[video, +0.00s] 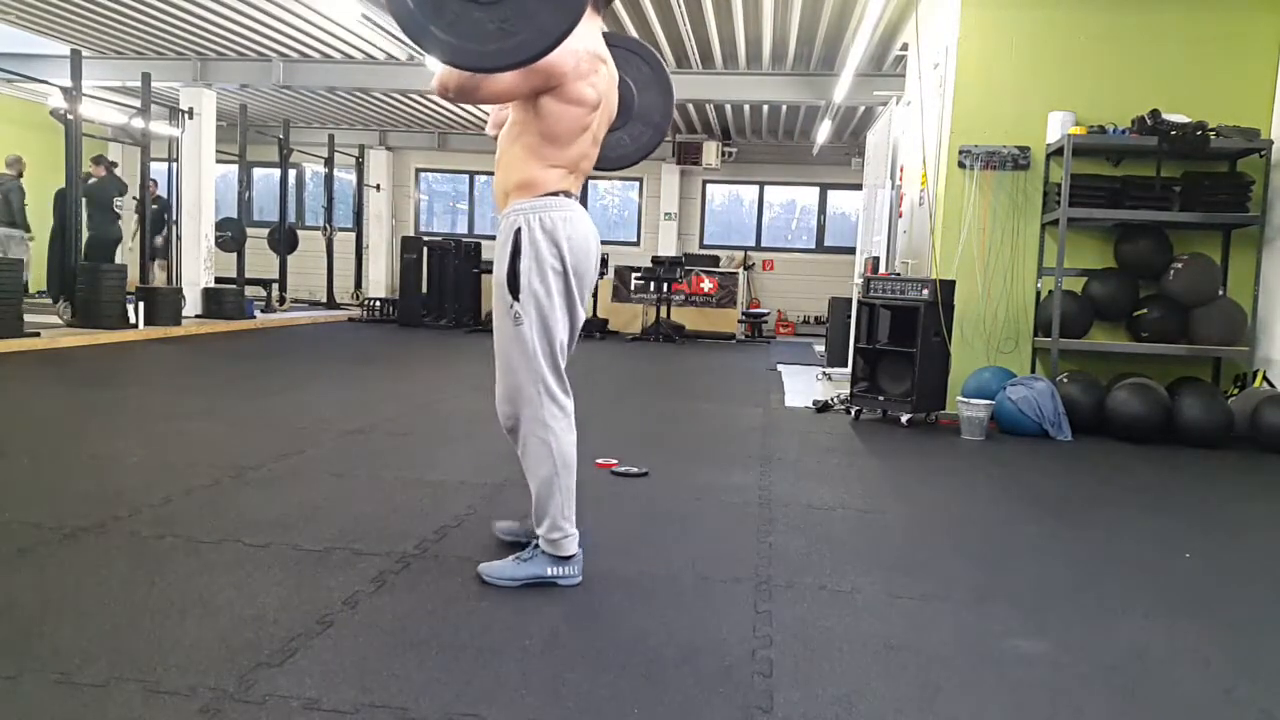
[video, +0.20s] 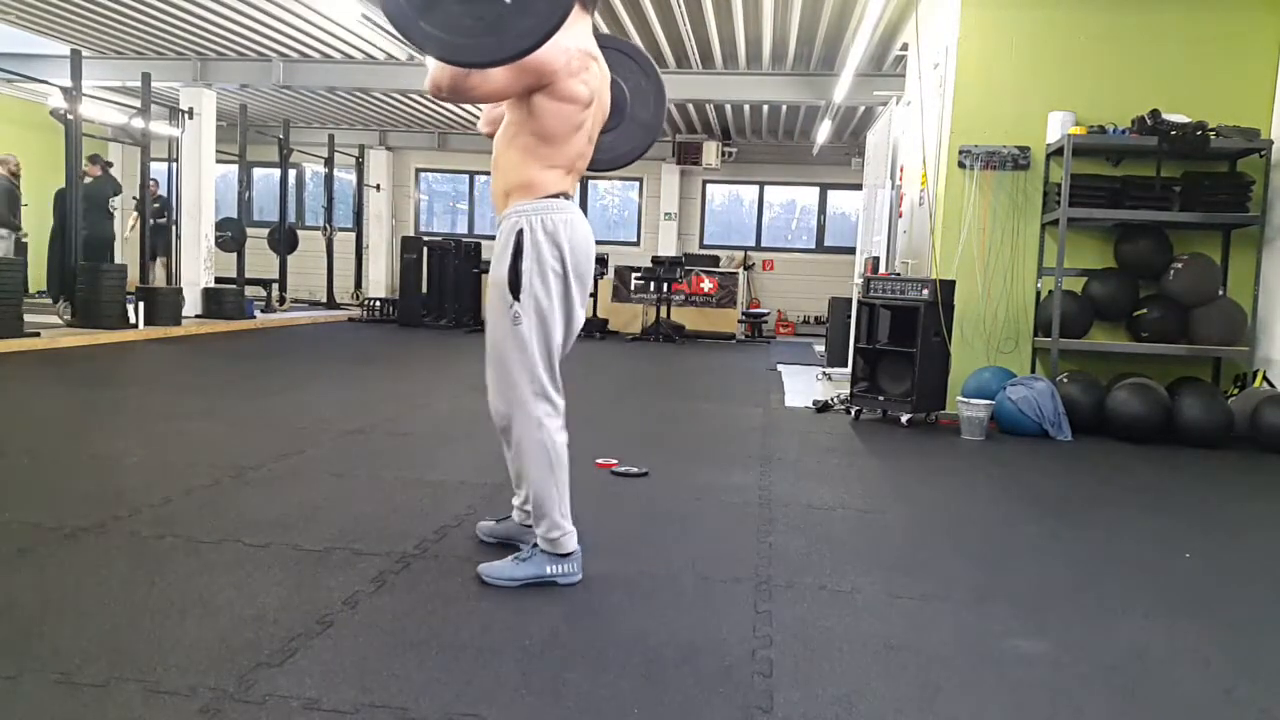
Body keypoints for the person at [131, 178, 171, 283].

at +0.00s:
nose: (148, 189)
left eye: (151, 186)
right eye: (147, 187)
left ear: (156, 188)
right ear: (145, 188)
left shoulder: (162, 201)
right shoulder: (142, 201)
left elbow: (168, 220)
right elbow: (136, 221)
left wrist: (163, 236)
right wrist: (131, 241)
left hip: (158, 235)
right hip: (145, 235)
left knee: (162, 263)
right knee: (146, 262)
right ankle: (145, 284)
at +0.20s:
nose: (150, 188)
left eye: (153, 186)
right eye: (148, 186)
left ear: (157, 188)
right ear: (146, 188)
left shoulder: (164, 200)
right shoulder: (142, 200)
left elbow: (169, 219)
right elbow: (134, 216)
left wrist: (155, 221)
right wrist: (128, 231)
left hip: (162, 235)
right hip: (148, 235)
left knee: (163, 260)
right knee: (150, 262)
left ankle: (170, 284)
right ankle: (149, 287)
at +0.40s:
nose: (153, 189)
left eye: (156, 186)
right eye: (151, 187)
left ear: (161, 188)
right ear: (149, 189)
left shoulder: (168, 201)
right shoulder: (146, 202)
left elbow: (174, 218)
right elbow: (139, 217)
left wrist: (173, 234)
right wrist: (134, 232)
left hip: (165, 235)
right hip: (150, 235)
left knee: (168, 261)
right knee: (151, 261)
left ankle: (170, 284)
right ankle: (150, 283)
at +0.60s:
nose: (161, 189)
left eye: (164, 187)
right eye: (159, 187)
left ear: (168, 189)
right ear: (157, 188)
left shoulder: (174, 202)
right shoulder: (153, 203)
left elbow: (178, 218)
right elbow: (148, 219)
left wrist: (178, 233)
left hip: (171, 236)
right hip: (157, 236)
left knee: (172, 264)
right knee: (153, 264)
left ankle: (172, 288)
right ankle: (150, 287)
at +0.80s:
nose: (169, 192)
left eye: (172, 189)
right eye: (167, 189)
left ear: (176, 191)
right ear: (164, 190)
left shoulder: (179, 203)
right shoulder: (158, 203)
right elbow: (151, 218)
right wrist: (160, 220)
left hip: (177, 236)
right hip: (163, 236)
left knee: (179, 265)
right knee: (156, 266)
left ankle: (180, 291)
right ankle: (151, 289)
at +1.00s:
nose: (171, 192)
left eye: (174, 189)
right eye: (169, 189)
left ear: (177, 190)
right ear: (166, 190)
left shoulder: (181, 203)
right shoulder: (161, 204)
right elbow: (152, 219)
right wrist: (164, 222)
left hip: (179, 237)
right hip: (166, 236)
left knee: (178, 264)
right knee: (160, 264)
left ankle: (177, 289)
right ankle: (153, 288)